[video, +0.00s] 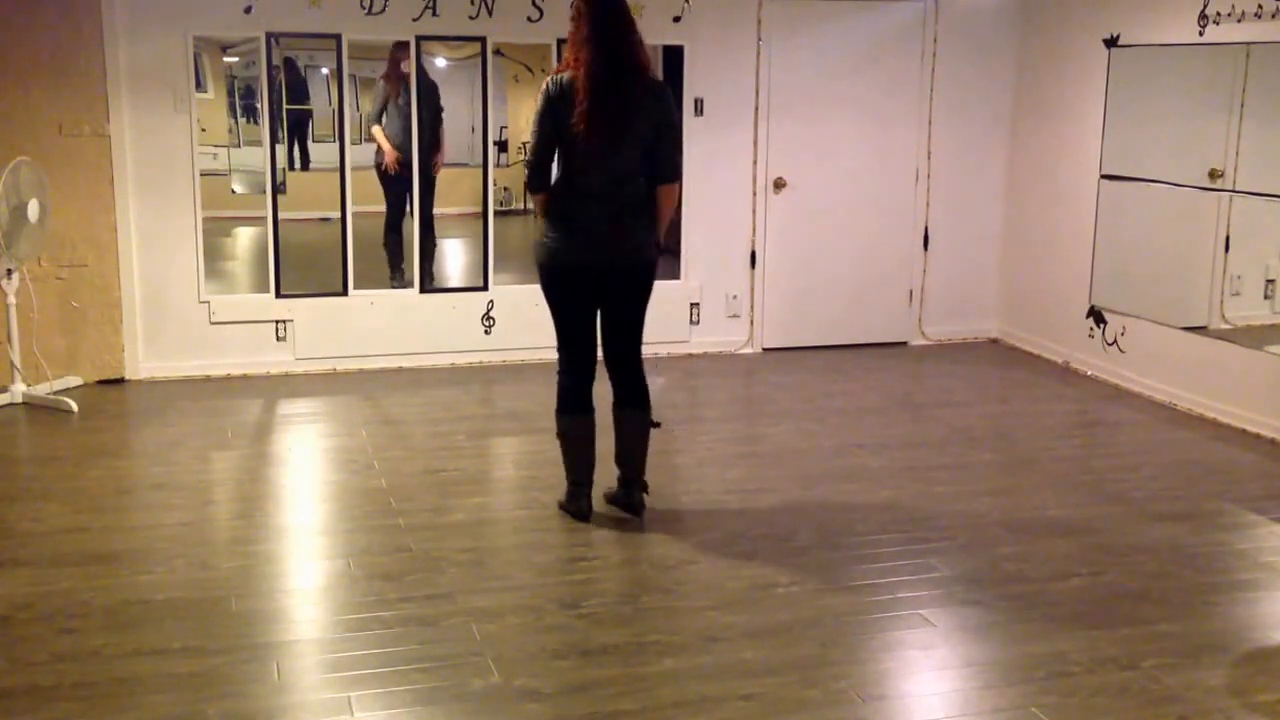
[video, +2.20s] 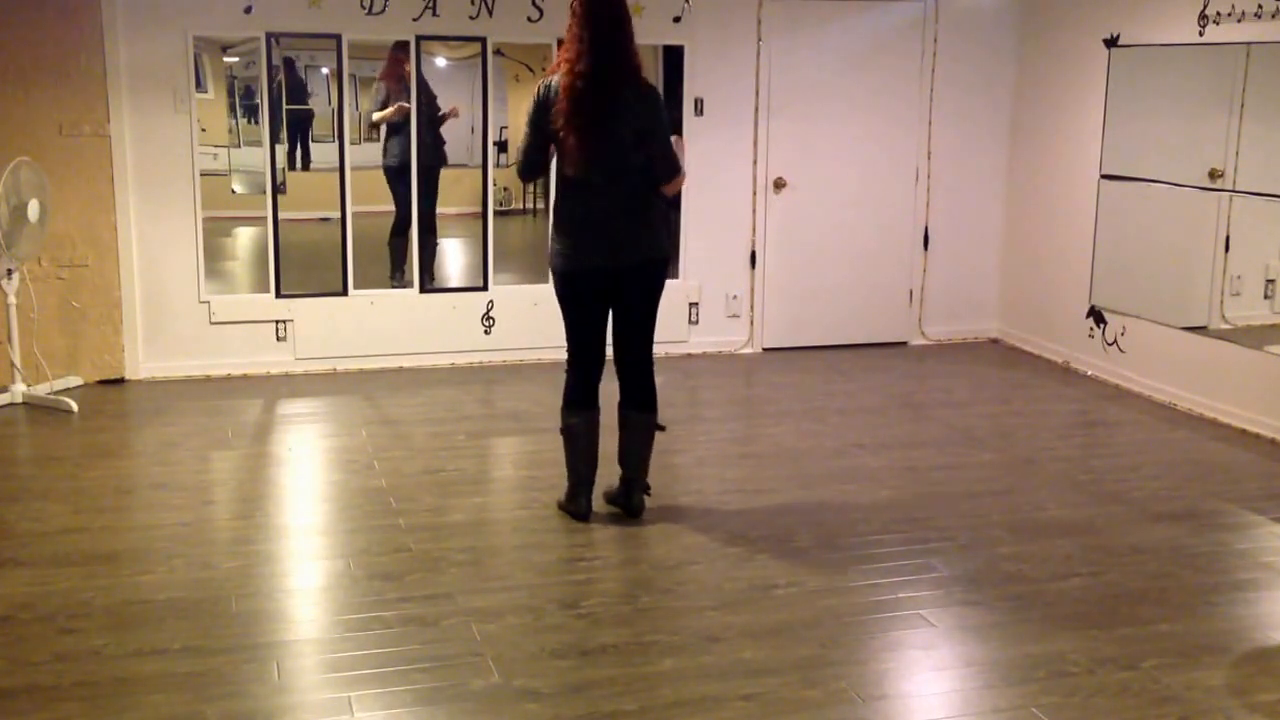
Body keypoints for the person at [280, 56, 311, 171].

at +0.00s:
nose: (281, 70)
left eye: (282, 68)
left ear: (283, 67)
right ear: (295, 65)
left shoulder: (282, 81)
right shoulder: (302, 79)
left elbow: (278, 100)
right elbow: (307, 97)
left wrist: (279, 115)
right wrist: (309, 111)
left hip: (289, 114)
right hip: (303, 113)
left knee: (289, 145)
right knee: (303, 143)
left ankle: (290, 169)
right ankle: (305, 168)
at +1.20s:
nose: (282, 70)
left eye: (282, 68)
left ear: (283, 67)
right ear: (293, 65)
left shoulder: (282, 79)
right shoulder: (300, 77)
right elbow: (308, 94)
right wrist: (304, 101)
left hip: (287, 112)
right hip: (300, 112)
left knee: (288, 143)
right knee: (298, 142)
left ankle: (290, 168)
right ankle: (303, 166)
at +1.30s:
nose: (283, 70)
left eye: (283, 67)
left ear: (283, 67)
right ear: (294, 66)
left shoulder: (282, 81)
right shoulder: (300, 78)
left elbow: (278, 97)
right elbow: (311, 91)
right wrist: (304, 99)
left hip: (289, 113)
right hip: (303, 112)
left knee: (291, 143)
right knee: (302, 142)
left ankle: (290, 168)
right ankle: (305, 167)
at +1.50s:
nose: (284, 70)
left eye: (283, 67)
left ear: (283, 67)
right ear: (294, 65)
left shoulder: (282, 81)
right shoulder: (300, 77)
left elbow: (278, 96)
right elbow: (311, 91)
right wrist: (304, 98)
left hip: (289, 112)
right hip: (303, 112)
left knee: (291, 143)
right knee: (304, 142)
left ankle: (291, 168)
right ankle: (305, 168)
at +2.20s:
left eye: (283, 67)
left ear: (283, 67)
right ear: (294, 66)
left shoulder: (281, 82)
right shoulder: (300, 80)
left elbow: (278, 100)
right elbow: (305, 96)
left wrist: (280, 115)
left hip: (290, 115)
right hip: (304, 114)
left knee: (292, 145)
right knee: (305, 144)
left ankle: (291, 170)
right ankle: (306, 169)